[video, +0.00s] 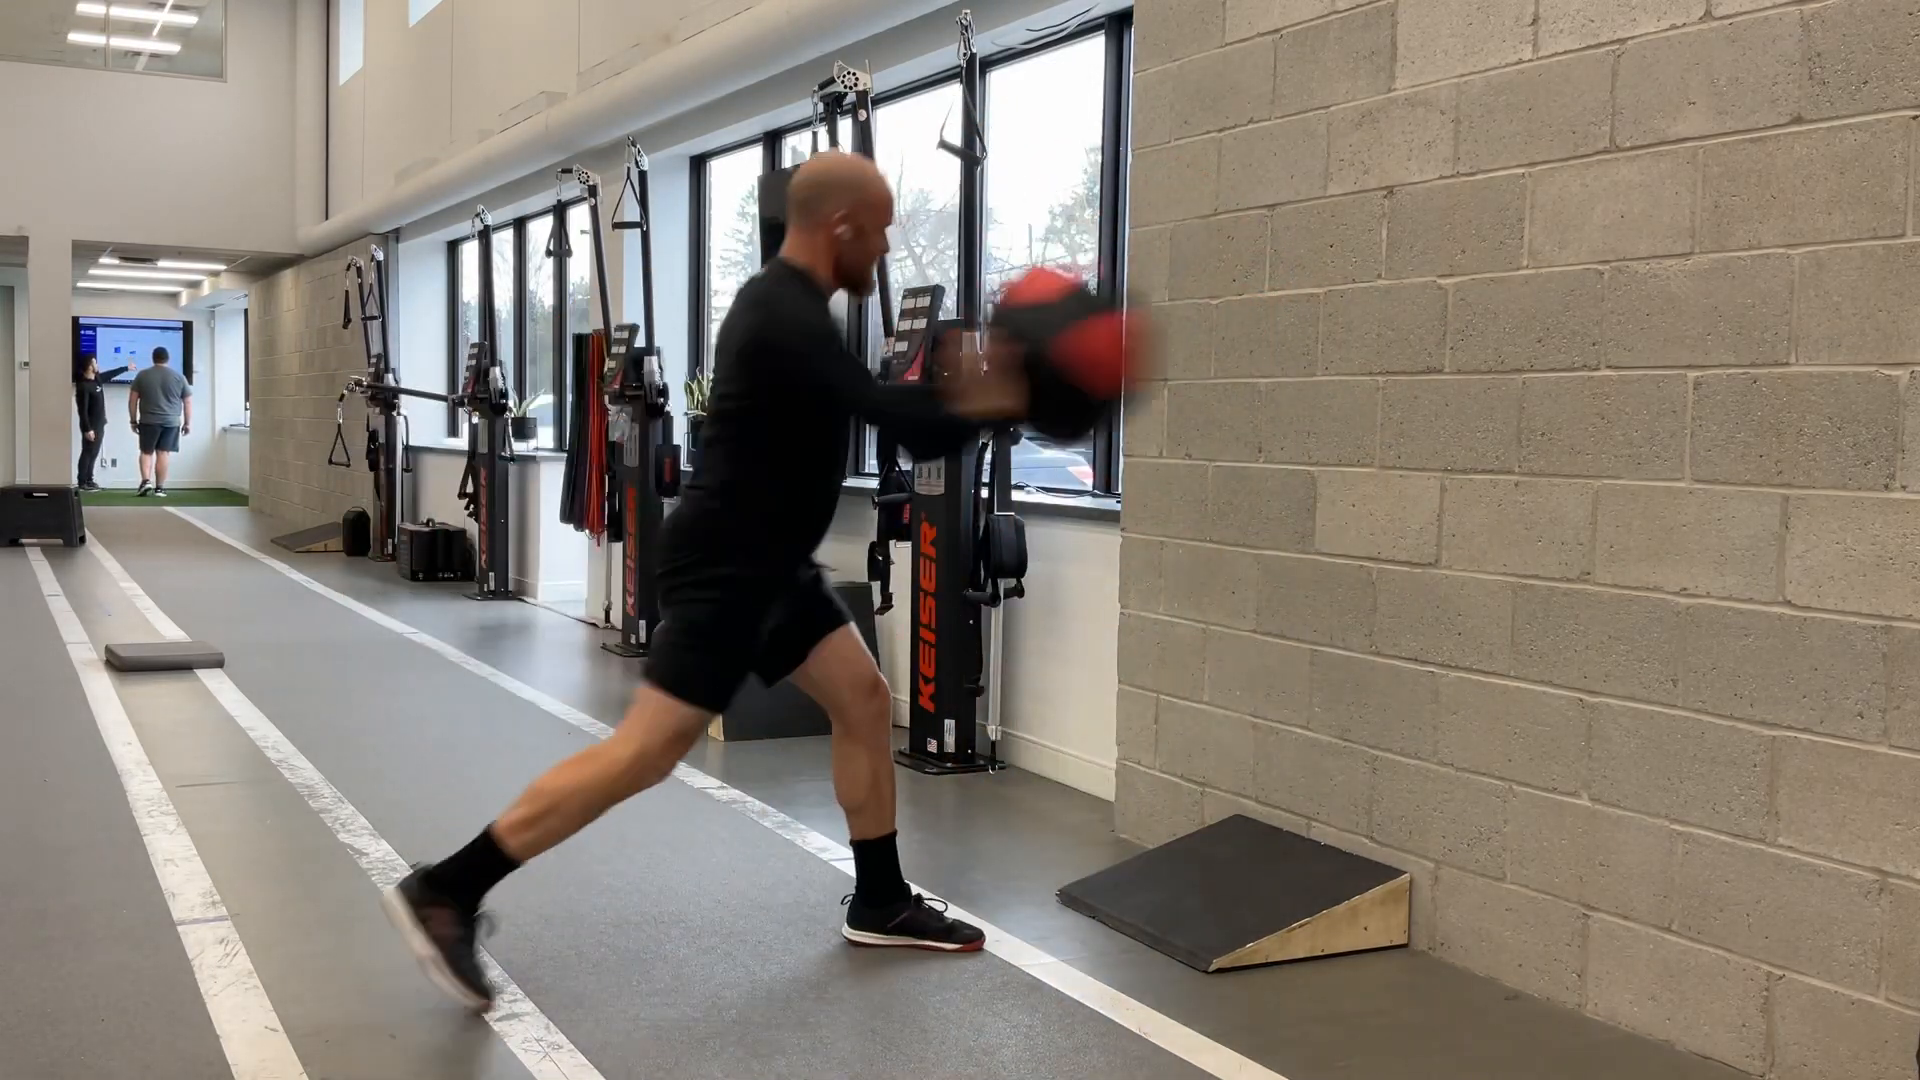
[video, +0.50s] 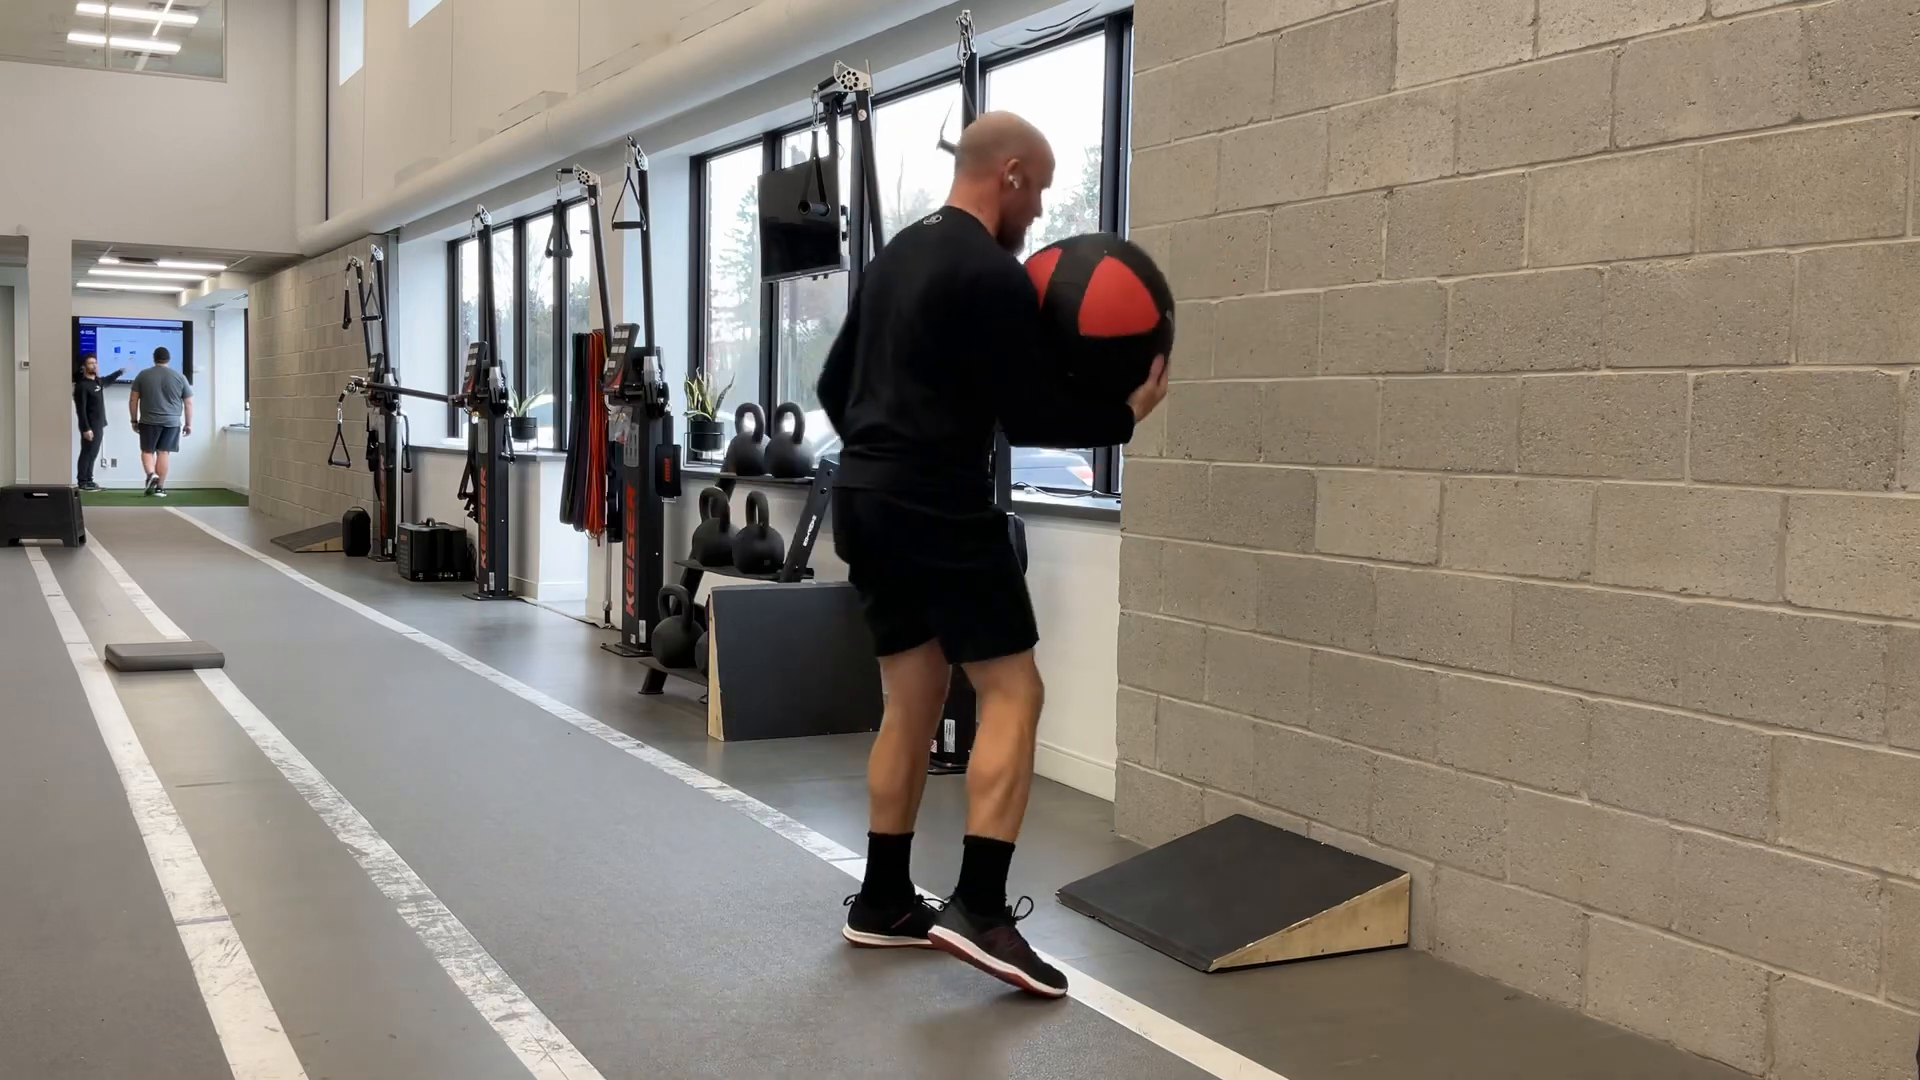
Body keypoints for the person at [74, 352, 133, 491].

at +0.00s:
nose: (96, 365)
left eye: (95, 363)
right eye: (94, 363)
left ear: (92, 365)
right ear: (89, 366)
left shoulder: (98, 379)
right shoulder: (83, 385)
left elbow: (111, 374)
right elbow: (82, 410)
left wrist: (126, 368)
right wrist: (87, 429)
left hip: (99, 423)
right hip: (90, 424)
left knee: (93, 454)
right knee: (87, 453)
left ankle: (89, 480)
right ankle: (83, 481)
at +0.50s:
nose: (94, 365)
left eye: (95, 363)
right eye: (90, 363)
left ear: (97, 365)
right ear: (85, 366)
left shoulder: (98, 381)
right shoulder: (82, 385)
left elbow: (108, 380)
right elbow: (81, 409)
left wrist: (120, 372)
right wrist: (86, 428)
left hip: (99, 423)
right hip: (89, 425)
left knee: (92, 454)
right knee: (86, 454)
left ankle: (89, 480)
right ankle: (83, 481)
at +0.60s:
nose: (94, 366)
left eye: (96, 363)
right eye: (91, 363)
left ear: (97, 365)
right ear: (85, 366)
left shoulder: (97, 382)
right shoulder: (81, 385)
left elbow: (104, 389)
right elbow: (80, 409)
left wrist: (111, 386)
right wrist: (86, 428)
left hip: (99, 424)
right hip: (89, 425)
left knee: (93, 454)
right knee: (87, 454)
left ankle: (89, 479)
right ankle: (83, 481)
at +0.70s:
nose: (95, 366)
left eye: (96, 363)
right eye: (92, 363)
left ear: (98, 365)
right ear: (85, 366)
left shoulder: (97, 383)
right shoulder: (81, 385)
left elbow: (95, 399)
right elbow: (79, 409)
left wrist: (105, 396)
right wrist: (84, 427)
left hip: (98, 424)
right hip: (88, 426)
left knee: (93, 454)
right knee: (86, 454)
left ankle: (89, 479)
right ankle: (82, 480)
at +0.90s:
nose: (97, 366)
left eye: (98, 363)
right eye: (93, 363)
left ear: (99, 365)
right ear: (87, 366)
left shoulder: (98, 384)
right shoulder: (81, 384)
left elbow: (98, 405)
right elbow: (78, 408)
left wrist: (107, 416)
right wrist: (81, 427)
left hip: (97, 424)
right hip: (87, 425)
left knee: (93, 454)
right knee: (85, 453)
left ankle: (89, 479)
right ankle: (82, 480)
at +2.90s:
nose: (98, 365)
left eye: (100, 363)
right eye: (95, 362)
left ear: (101, 365)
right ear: (88, 365)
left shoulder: (98, 385)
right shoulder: (81, 383)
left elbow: (99, 407)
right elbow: (78, 406)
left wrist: (103, 425)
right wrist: (80, 424)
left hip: (97, 425)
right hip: (87, 426)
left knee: (92, 455)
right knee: (85, 454)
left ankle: (89, 479)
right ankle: (82, 481)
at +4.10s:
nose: (96, 367)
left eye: (97, 365)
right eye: (93, 364)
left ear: (98, 367)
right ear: (86, 366)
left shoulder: (94, 384)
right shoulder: (79, 383)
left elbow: (95, 404)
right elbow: (78, 405)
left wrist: (107, 412)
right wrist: (93, 415)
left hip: (94, 423)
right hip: (84, 423)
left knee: (92, 453)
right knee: (85, 452)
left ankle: (89, 479)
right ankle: (82, 481)